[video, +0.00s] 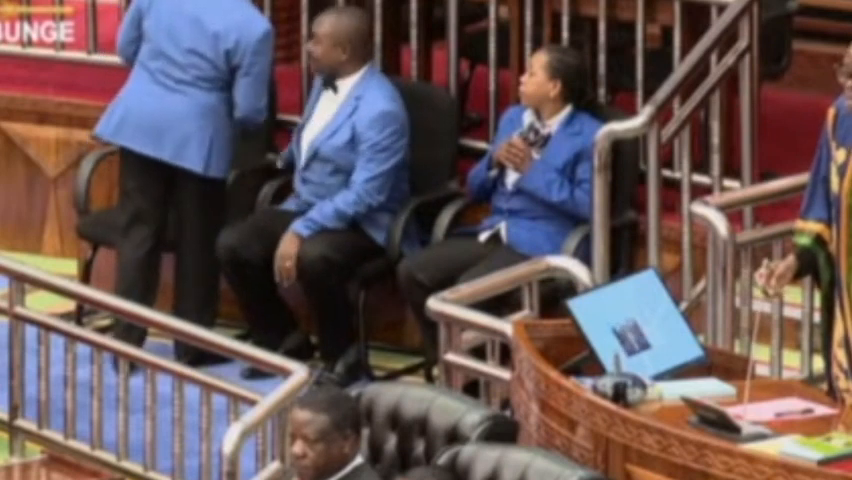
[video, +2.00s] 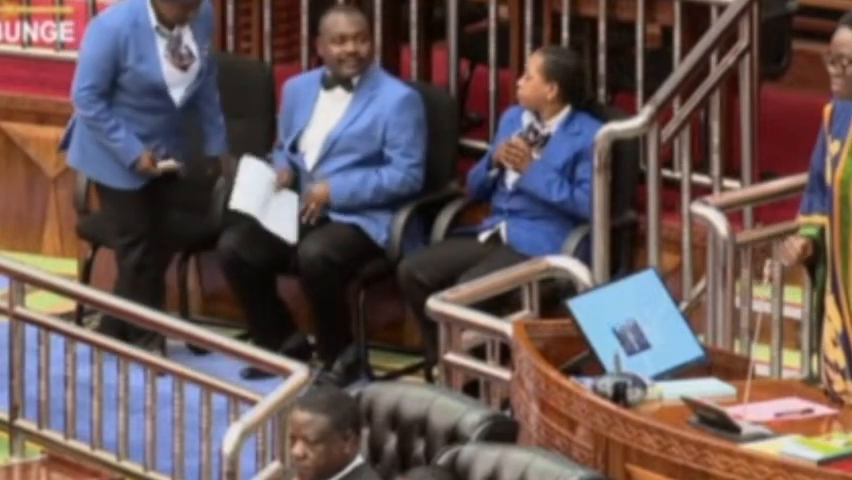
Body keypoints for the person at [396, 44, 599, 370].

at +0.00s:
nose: (521, 80)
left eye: (530, 75)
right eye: (524, 72)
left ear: (554, 88)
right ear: (551, 87)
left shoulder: (590, 135)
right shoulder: (513, 119)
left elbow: (589, 207)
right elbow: (475, 189)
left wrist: (530, 171)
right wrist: (495, 163)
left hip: (538, 250)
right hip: (494, 238)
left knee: (461, 298)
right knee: (413, 271)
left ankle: (483, 380)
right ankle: (448, 365)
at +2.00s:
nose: (519, 83)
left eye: (528, 78)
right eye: (522, 75)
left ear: (552, 90)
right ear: (549, 89)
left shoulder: (589, 135)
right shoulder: (512, 120)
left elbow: (590, 206)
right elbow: (475, 190)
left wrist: (529, 171)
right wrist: (495, 164)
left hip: (539, 250)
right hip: (494, 236)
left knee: (463, 296)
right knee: (414, 271)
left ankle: (483, 380)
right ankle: (445, 366)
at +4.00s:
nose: (551, 89)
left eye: (561, 81)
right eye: (542, 80)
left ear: (574, 86)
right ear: (529, 85)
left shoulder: (590, 135)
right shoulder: (512, 120)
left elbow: (590, 207)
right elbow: (476, 189)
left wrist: (530, 172)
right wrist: (494, 164)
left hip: (540, 249)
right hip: (495, 235)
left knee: (464, 295)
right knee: (414, 271)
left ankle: (484, 380)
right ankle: (446, 365)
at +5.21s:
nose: (523, 91)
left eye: (532, 83)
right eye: (522, 81)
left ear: (561, 90)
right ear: (519, 83)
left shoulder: (590, 135)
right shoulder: (512, 119)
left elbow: (589, 206)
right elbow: (475, 190)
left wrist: (529, 171)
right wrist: (494, 164)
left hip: (539, 250)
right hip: (495, 237)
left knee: (462, 297)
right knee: (414, 271)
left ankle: (485, 379)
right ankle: (447, 364)